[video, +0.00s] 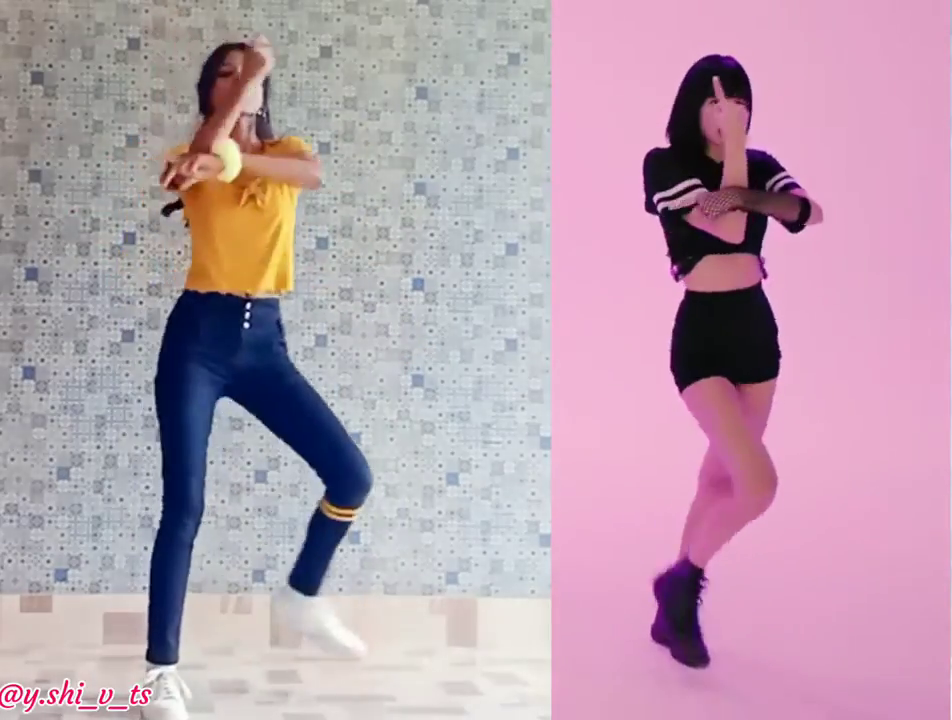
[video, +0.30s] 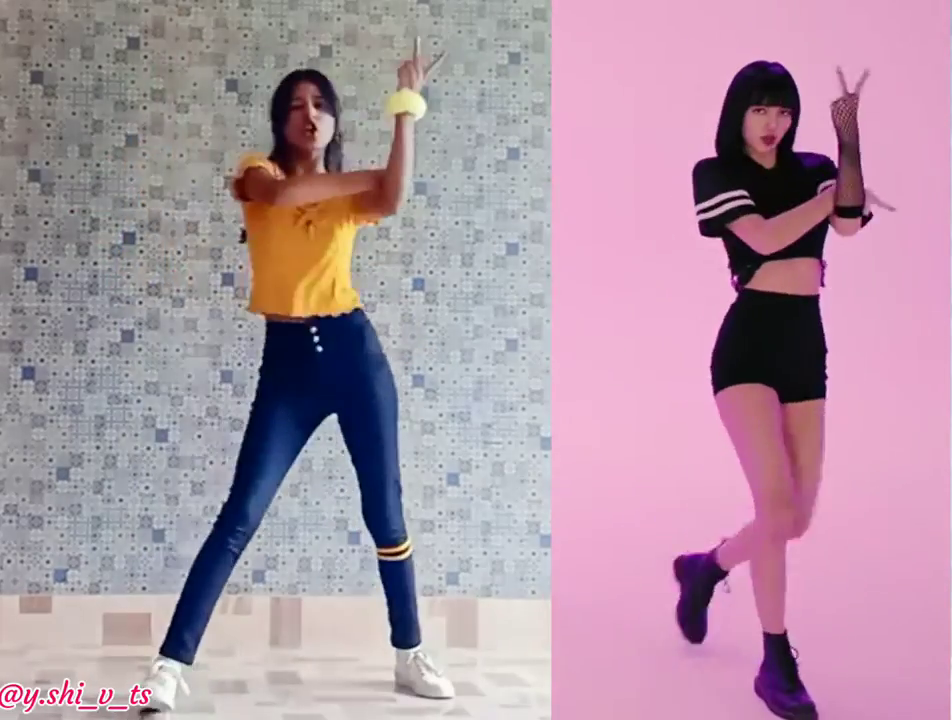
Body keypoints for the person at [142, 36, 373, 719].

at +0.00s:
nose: (248, 87)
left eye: (257, 79)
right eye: (233, 75)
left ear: (267, 94)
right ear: (211, 92)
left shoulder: (285, 149)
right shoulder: (191, 158)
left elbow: (310, 172)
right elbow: (211, 151)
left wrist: (234, 162)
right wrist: (250, 74)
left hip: (265, 348)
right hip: (197, 345)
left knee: (351, 478)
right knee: (185, 503)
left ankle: (299, 599)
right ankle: (162, 671)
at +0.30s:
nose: (310, 113)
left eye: (320, 105)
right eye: (296, 104)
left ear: (334, 121)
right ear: (279, 118)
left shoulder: (348, 187)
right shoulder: (253, 171)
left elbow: (391, 192)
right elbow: (286, 196)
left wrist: (404, 109)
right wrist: (369, 173)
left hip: (355, 357)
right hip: (286, 364)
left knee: (386, 514)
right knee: (239, 517)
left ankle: (411, 656)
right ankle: (171, 667)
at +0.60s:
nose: (319, 105)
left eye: (331, 96)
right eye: (309, 96)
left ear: (347, 110)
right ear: (292, 108)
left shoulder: (360, 177)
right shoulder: (271, 161)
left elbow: (411, 192)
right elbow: (296, 183)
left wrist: (388, 112)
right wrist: (384, 168)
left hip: (347, 352)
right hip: (276, 349)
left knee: (379, 507)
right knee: (206, 495)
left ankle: (410, 657)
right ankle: (141, 645)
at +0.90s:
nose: (283, 125)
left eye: (294, 114)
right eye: (270, 113)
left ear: (310, 125)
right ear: (252, 125)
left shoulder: (333, 183)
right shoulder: (239, 180)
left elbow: (385, 186)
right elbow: (280, 194)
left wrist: (370, 99)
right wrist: (361, 164)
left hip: (317, 359)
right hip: (247, 354)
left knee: (356, 513)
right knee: (195, 506)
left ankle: (406, 655)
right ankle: (141, 655)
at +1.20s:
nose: (336, 96)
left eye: (347, 90)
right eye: (323, 94)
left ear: (366, 116)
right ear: (308, 118)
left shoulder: (379, 181)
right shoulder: (284, 166)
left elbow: (477, 193)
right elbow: (252, 238)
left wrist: (490, 129)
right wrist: (332, 197)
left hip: (338, 355)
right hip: (266, 348)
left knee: (372, 507)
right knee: (189, 481)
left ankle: (408, 654)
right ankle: (126, 631)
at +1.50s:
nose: (314, 113)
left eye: (327, 104)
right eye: (304, 104)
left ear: (346, 120)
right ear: (289, 118)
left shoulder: (362, 186)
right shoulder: (263, 174)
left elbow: (450, 194)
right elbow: (232, 251)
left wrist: (468, 124)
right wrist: (316, 222)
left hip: (315, 370)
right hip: (245, 360)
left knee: (385, 510)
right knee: (159, 485)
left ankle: (401, 649)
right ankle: (95, 637)